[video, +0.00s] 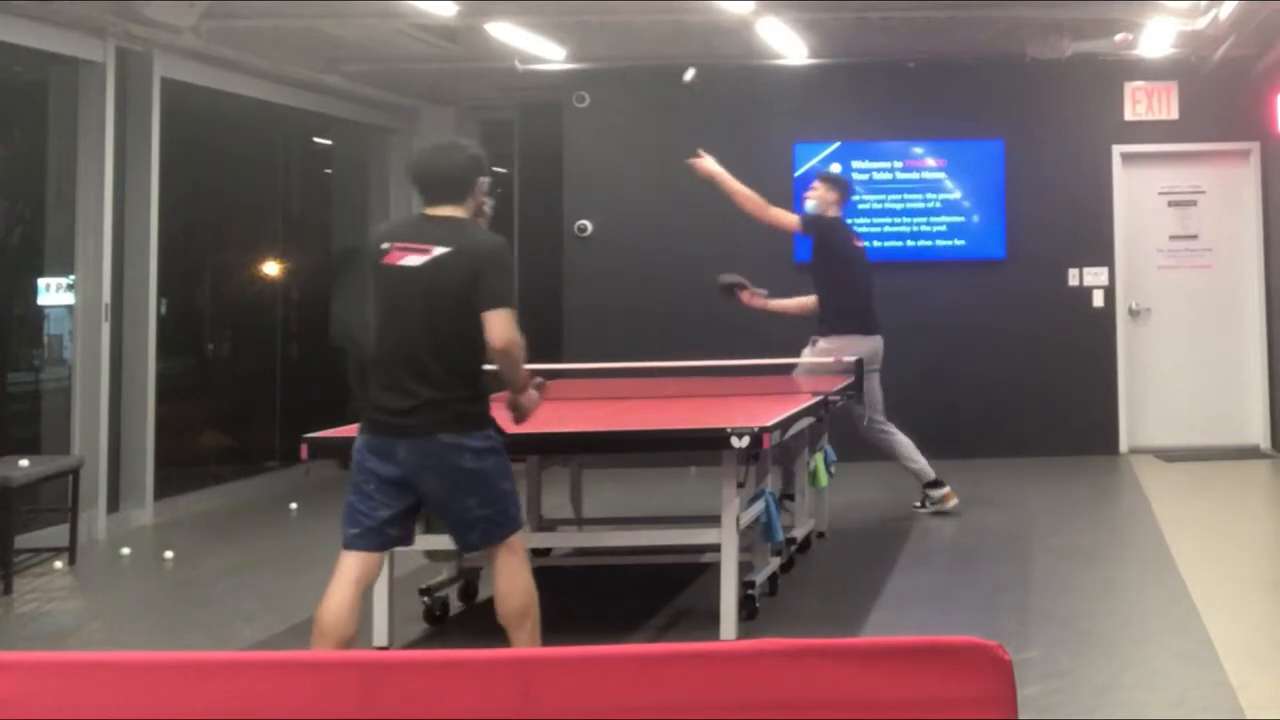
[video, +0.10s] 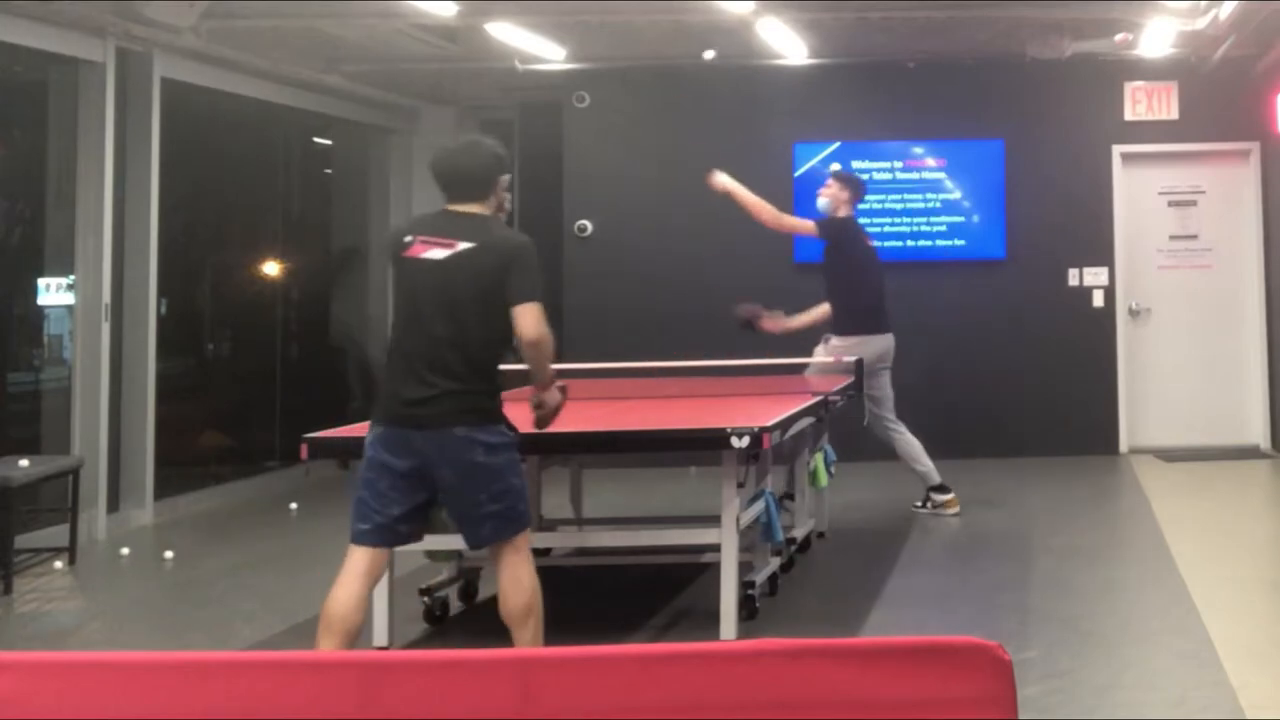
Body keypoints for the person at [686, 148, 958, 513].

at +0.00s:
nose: (808, 192)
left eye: (817, 187)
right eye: (811, 187)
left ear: (836, 198)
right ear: (834, 200)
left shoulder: (825, 227)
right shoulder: (848, 239)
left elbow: (763, 211)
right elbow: (822, 302)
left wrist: (717, 173)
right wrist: (766, 302)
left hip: (835, 345)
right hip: (868, 344)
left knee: (796, 420)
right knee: (874, 422)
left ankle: (790, 502)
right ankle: (935, 486)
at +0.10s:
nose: (821, 190)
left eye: (829, 185)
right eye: (824, 184)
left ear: (847, 197)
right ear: (846, 199)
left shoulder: (838, 229)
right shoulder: (857, 237)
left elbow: (775, 220)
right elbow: (840, 301)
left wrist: (730, 185)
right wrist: (788, 323)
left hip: (848, 342)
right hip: (880, 341)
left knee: (806, 413)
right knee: (885, 420)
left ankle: (788, 497)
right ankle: (939, 490)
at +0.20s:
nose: (829, 188)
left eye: (838, 184)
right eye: (832, 182)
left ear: (855, 196)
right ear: (852, 198)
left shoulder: (846, 230)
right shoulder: (863, 234)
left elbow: (790, 238)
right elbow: (862, 300)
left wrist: (747, 212)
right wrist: (826, 341)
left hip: (862, 342)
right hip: (888, 339)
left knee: (814, 411)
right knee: (887, 421)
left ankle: (795, 494)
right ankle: (939, 490)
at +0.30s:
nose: (832, 189)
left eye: (841, 185)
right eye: (835, 184)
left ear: (857, 197)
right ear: (855, 200)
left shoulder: (852, 230)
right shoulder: (868, 234)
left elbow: (817, 260)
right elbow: (874, 290)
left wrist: (768, 246)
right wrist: (854, 335)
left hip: (868, 342)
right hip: (894, 341)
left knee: (824, 416)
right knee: (888, 421)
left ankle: (797, 495)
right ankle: (939, 489)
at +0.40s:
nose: (830, 191)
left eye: (840, 187)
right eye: (833, 186)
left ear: (856, 199)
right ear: (852, 202)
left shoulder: (853, 233)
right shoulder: (867, 236)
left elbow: (846, 276)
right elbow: (902, 295)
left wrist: (793, 285)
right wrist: (898, 330)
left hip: (872, 344)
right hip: (898, 342)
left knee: (827, 417)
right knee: (889, 422)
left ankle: (793, 490)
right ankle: (938, 489)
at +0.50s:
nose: (825, 196)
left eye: (834, 191)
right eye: (827, 190)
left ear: (852, 201)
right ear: (851, 205)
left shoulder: (851, 237)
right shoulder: (868, 238)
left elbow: (868, 286)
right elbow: (913, 287)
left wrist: (826, 314)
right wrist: (898, 326)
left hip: (872, 344)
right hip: (899, 342)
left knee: (828, 417)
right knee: (887, 421)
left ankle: (797, 493)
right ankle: (938, 490)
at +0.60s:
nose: (816, 204)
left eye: (822, 199)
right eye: (816, 199)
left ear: (841, 202)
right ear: (842, 204)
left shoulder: (848, 238)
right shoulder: (865, 235)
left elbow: (879, 289)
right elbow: (908, 279)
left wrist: (856, 333)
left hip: (875, 342)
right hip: (898, 341)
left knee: (819, 404)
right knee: (888, 422)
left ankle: (805, 490)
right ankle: (938, 490)